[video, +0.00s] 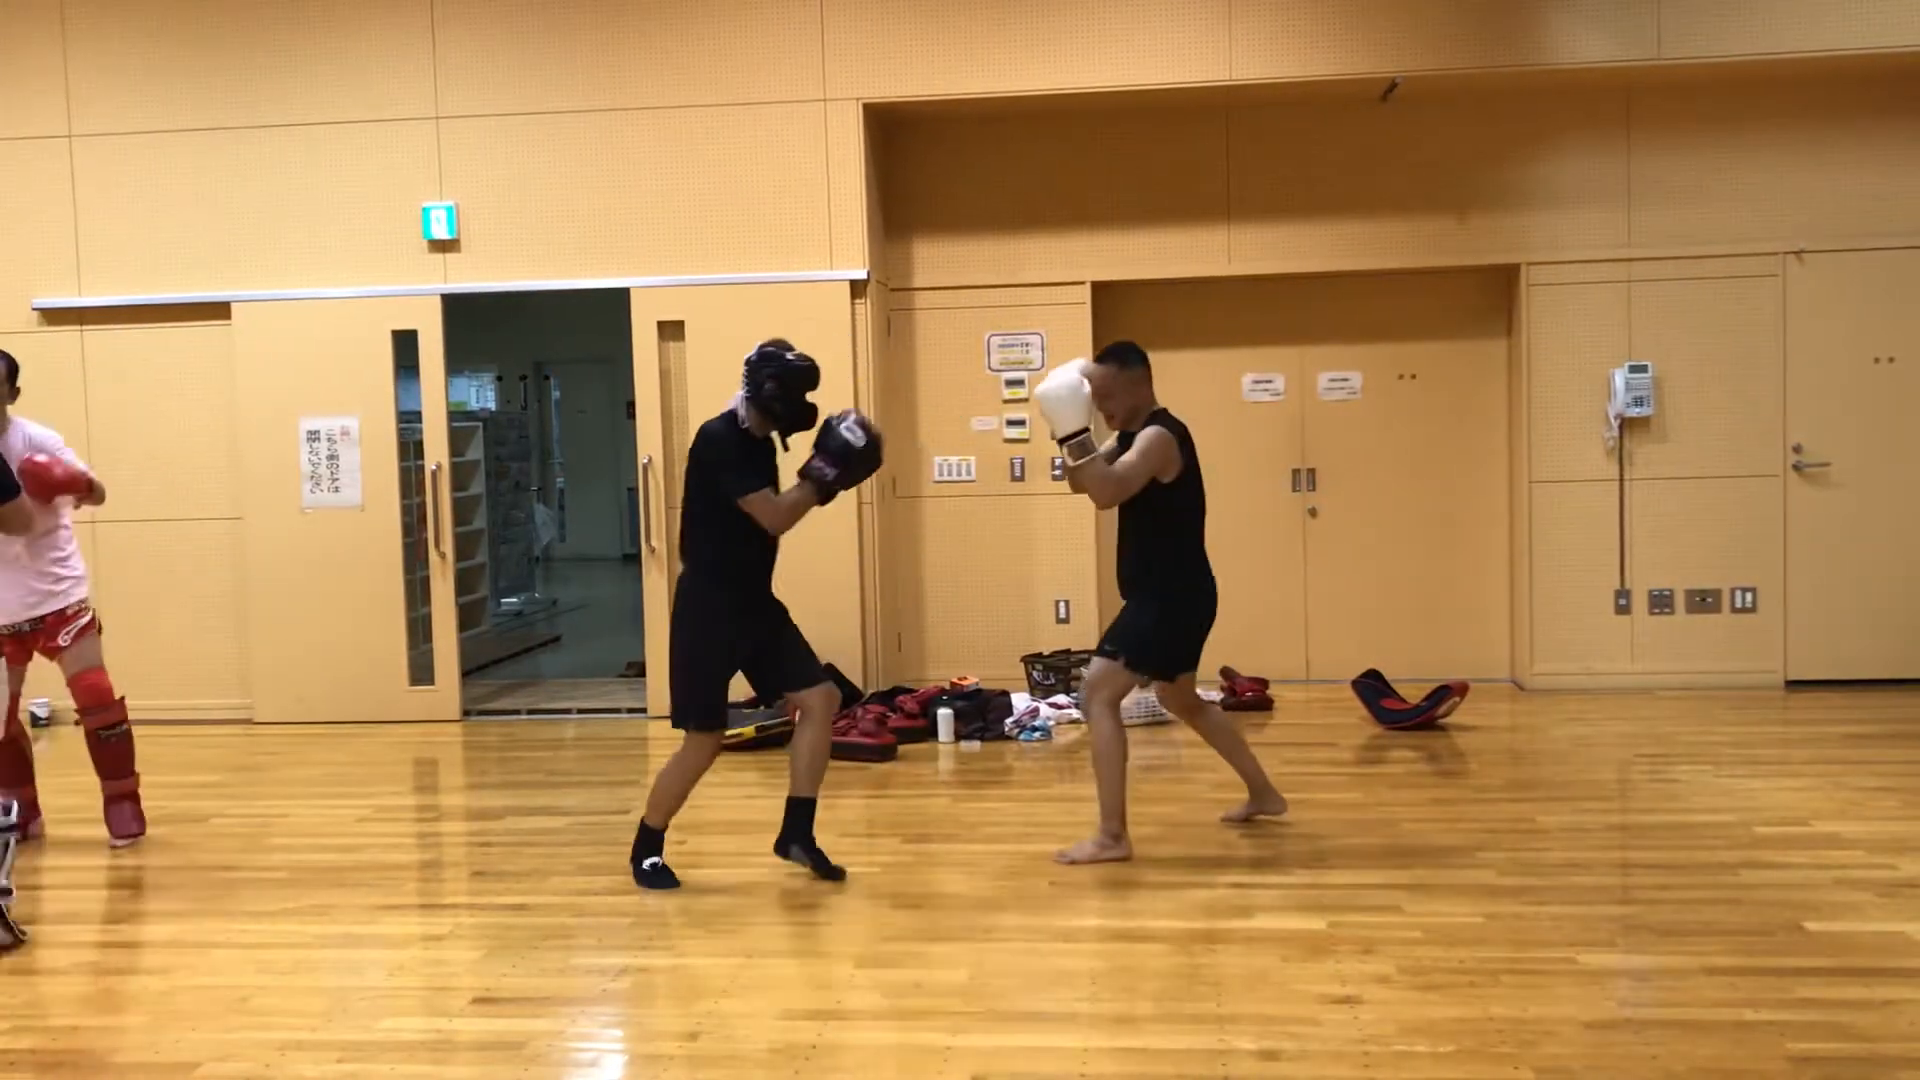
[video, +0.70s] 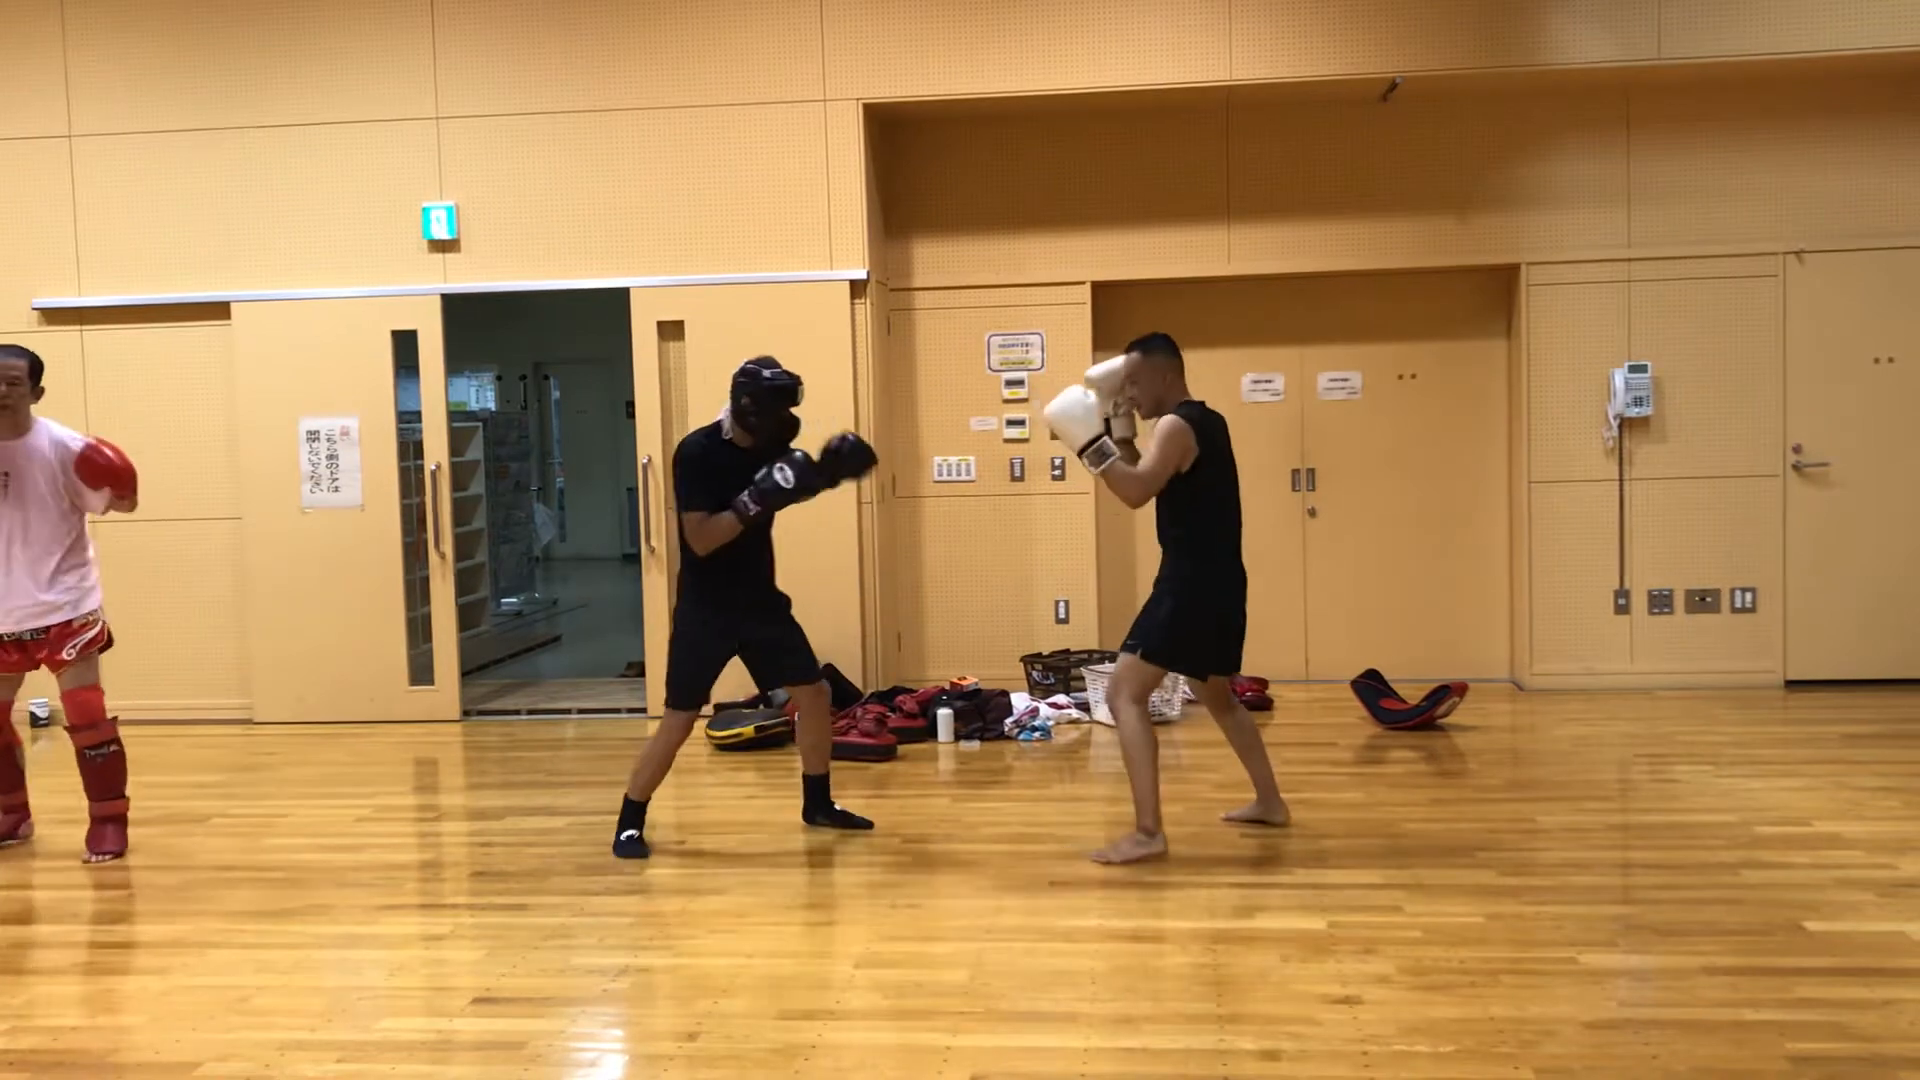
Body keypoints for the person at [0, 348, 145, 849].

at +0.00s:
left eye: (1, 385)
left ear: (13, 389)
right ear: (3, 388)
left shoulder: (36, 442)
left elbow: (96, 493)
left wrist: (66, 481)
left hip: (60, 594)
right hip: (5, 608)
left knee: (94, 695)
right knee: (1, 716)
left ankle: (121, 802)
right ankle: (20, 805)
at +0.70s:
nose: (4, 389)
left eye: (13, 381)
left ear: (35, 390)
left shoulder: (58, 446)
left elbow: (114, 502)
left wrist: (123, 484)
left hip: (66, 599)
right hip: (6, 605)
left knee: (83, 709)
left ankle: (107, 821)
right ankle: (10, 811)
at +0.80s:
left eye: (5, 382)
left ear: (22, 389)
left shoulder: (43, 442)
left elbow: (108, 493)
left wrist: (102, 458)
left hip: (49, 598)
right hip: (2, 605)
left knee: (75, 712)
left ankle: (105, 820)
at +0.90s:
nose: (2, 397)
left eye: (3, 389)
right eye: (3, 389)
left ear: (8, 390)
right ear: (6, 390)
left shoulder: (23, 443)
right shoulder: (22, 443)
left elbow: (92, 495)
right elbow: (90, 494)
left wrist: (89, 464)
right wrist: (87, 465)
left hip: (35, 600)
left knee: (67, 714)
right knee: (64, 716)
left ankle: (97, 820)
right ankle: (96, 820)